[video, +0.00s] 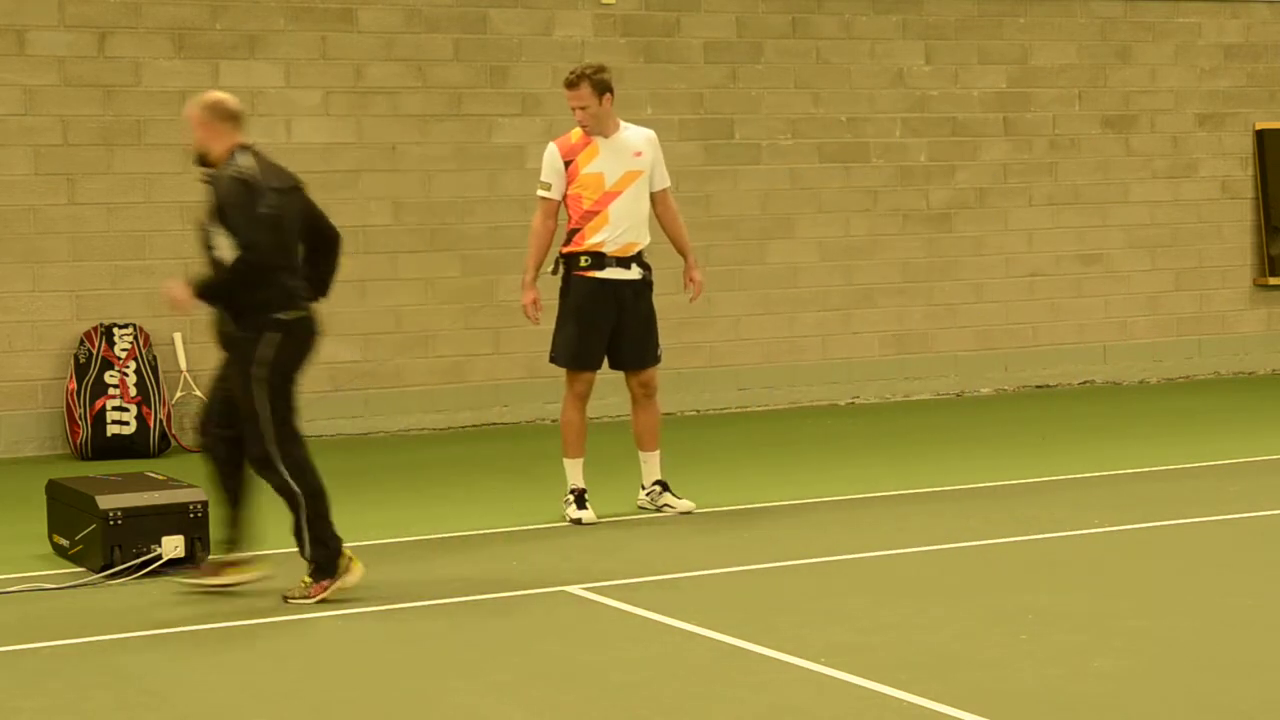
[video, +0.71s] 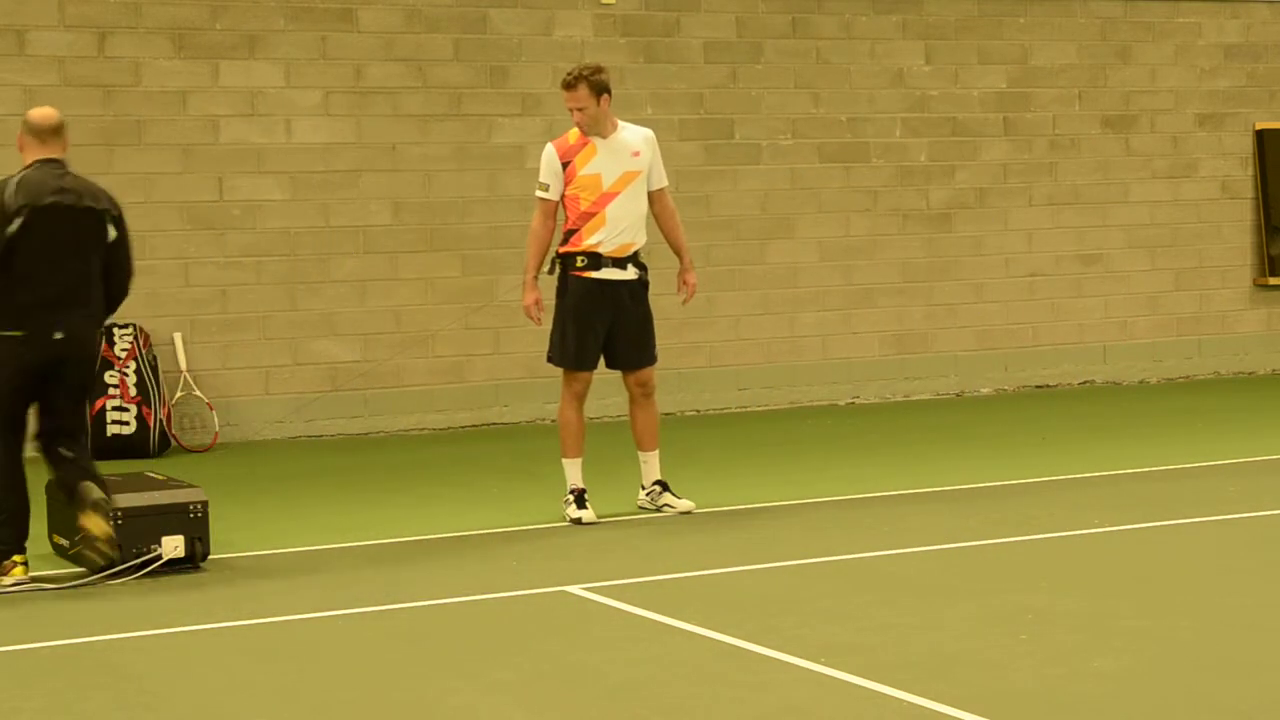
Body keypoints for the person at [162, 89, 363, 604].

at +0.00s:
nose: (191, 140)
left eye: (194, 130)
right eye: (192, 129)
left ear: (212, 128)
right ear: (232, 126)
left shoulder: (232, 183)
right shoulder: (270, 174)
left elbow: (260, 256)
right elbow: (325, 236)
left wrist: (201, 290)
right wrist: (306, 291)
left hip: (268, 331)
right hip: (275, 326)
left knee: (273, 444)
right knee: (220, 431)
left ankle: (331, 561)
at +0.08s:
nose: (163, 138)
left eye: (164, 128)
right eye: (163, 128)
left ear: (180, 125)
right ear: (205, 123)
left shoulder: (194, 178)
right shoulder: (246, 172)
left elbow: (213, 250)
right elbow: (303, 231)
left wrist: (166, 273)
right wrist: (288, 289)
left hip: (226, 327)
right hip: (255, 323)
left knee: (241, 441)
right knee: (192, 437)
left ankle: (311, 551)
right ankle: (171, 552)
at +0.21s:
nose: (126, 151)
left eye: (127, 142)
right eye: (127, 142)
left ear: (138, 140)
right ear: (169, 138)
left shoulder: (144, 196)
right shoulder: (213, 192)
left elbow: (155, 265)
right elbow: (261, 263)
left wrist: (114, 297)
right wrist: (239, 316)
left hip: (165, 343)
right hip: (210, 342)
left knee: (146, 454)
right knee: (155, 453)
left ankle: (239, 526)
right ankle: (140, 566)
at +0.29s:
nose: (102, 154)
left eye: (103, 146)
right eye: (104, 145)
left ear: (113, 145)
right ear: (147, 142)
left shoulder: (116, 197)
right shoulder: (195, 198)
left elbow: (119, 269)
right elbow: (221, 281)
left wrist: (87, 322)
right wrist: (190, 318)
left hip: (138, 346)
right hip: (189, 347)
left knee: (88, 441)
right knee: (142, 450)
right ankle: (140, 564)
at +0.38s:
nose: (85, 150)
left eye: (86, 143)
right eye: (88, 143)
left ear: (93, 142)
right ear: (130, 140)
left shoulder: (90, 189)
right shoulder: (177, 196)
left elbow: (90, 251)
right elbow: (190, 275)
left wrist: (67, 310)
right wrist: (152, 297)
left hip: (112, 339)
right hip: (168, 343)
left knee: (61, 430)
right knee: (131, 448)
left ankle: (93, 529)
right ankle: (142, 561)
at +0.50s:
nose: (56, 137)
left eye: (57, 130)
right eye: (59, 130)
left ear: (65, 129)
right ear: (102, 128)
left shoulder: (56, 175)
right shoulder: (146, 185)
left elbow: (56, 228)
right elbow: (158, 264)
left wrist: (36, 286)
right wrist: (109, 273)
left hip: (72, 327)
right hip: (133, 328)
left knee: (37, 434)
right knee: (123, 439)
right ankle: (138, 548)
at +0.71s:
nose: (17, 151)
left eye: (18, 145)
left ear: (22, 145)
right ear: (65, 144)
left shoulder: (9, 196)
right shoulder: (101, 200)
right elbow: (119, 279)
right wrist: (86, 318)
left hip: (14, 345)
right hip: (78, 346)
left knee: (7, 446)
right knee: (64, 436)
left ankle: (11, 555)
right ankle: (91, 500)